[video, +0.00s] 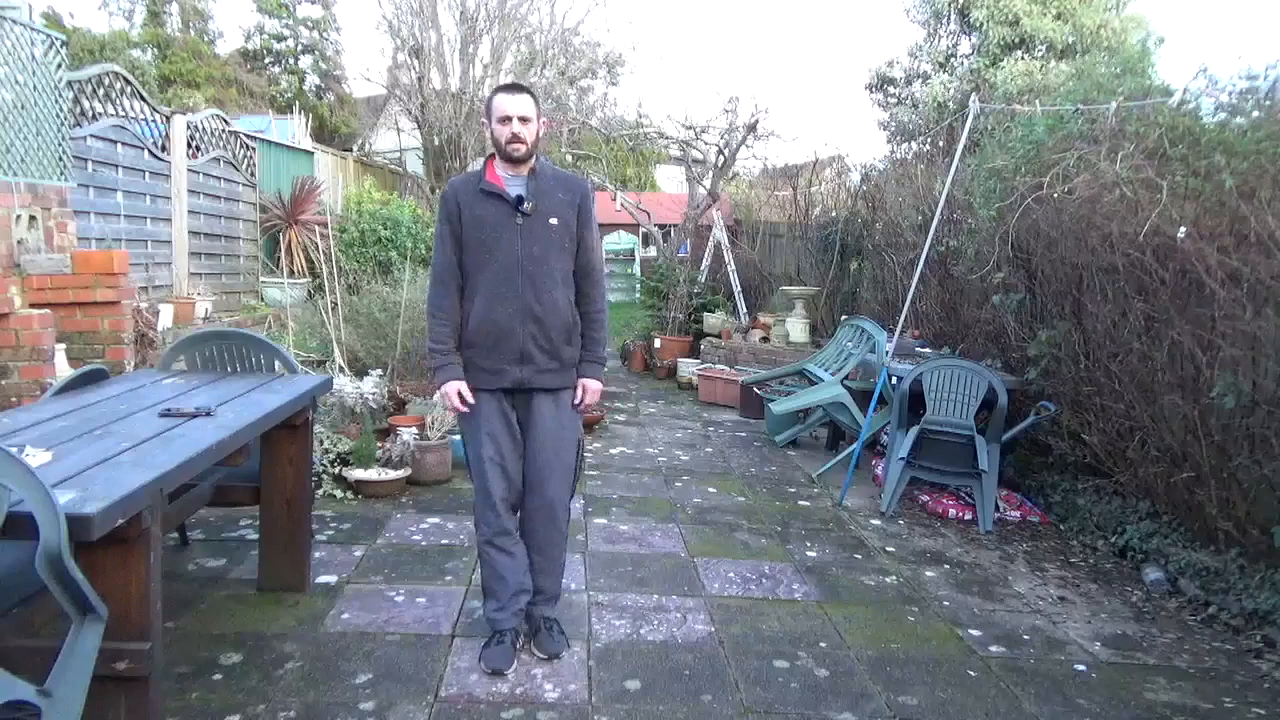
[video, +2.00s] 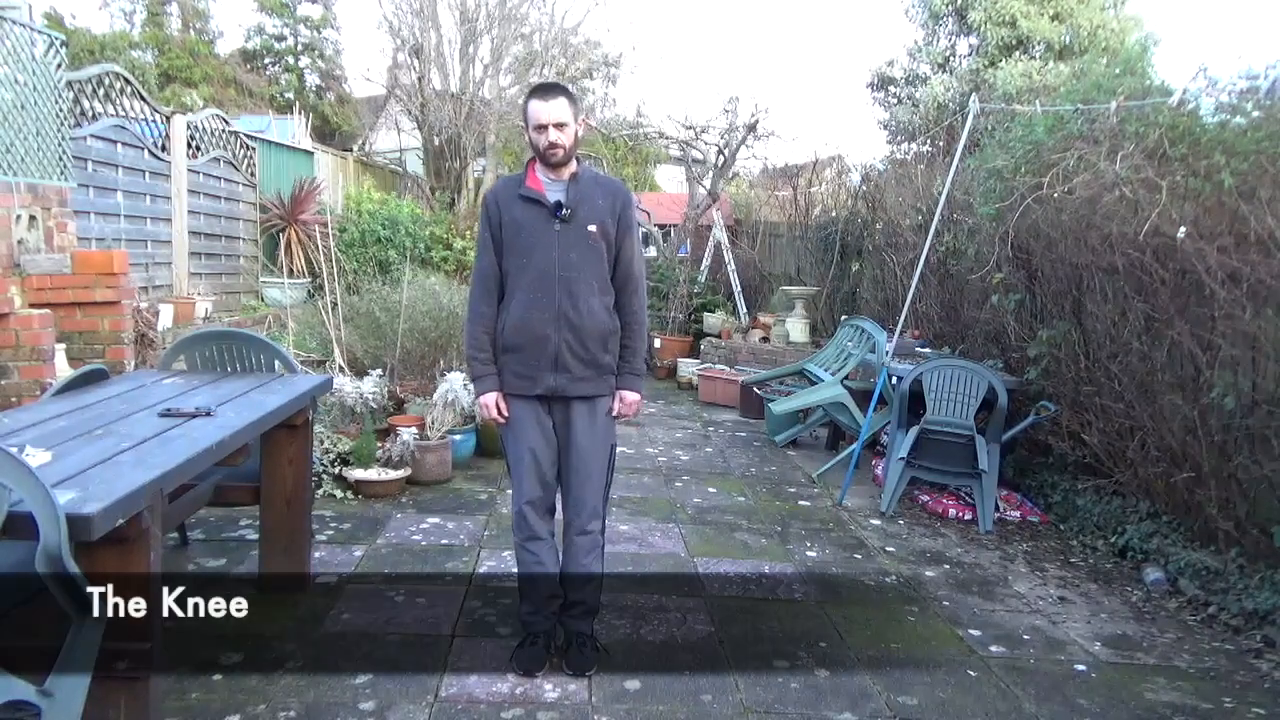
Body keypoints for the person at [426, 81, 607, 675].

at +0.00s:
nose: (515, 129)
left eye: (524, 119)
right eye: (504, 120)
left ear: (540, 126)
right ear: (488, 128)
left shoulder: (573, 192)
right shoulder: (460, 194)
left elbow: (592, 286)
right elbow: (443, 288)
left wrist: (593, 365)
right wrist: (446, 367)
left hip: (557, 373)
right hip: (483, 374)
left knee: (549, 500)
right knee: (495, 503)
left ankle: (546, 608)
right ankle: (503, 620)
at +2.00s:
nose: (550, 137)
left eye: (559, 126)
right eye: (539, 128)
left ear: (578, 127)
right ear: (527, 132)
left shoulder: (613, 195)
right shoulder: (501, 197)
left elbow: (632, 293)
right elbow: (483, 295)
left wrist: (632, 377)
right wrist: (483, 378)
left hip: (594, 378)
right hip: (521, 379)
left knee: (585, 510)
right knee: (531, 506)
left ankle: (580, 632)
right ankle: (536, 631)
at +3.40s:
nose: (544, 137)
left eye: (554, 126)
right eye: (533, 127)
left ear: (572, 126)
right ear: (520, 129)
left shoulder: (606, 194)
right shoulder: (494, 199)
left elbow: (627, 290)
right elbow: (461, 283)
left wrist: (628, 375)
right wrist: (491, 300)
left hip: (589, 378)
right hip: (517, 380)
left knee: (584, 510)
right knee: (528, 506)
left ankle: (579, 631)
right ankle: (535, 631)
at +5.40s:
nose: (554, 138)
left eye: (564, 128)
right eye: (544, 127)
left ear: (579, 133)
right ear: (526, 130)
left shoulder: (607, 198)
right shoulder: (493, 199)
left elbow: (626, 293)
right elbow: (467, 292)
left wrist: (628, 377)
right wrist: (492, 266)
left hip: (591, 379)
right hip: (517, 380)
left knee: (583, 512)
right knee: (529, 511)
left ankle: (580, 626)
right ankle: (536, 628)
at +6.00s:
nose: (545, 138)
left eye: (554, 128)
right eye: (534, 128)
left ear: (572, 130)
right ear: (520, 131)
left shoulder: (605, 197)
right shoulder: (493, 197)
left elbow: (625, 293)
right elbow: (467, 291)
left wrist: (627, 377)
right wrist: (497, 230)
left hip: (590, 379)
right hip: (516, 380)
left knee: (583, 514)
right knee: (529, 514)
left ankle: (579, 627)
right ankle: (535, 629)